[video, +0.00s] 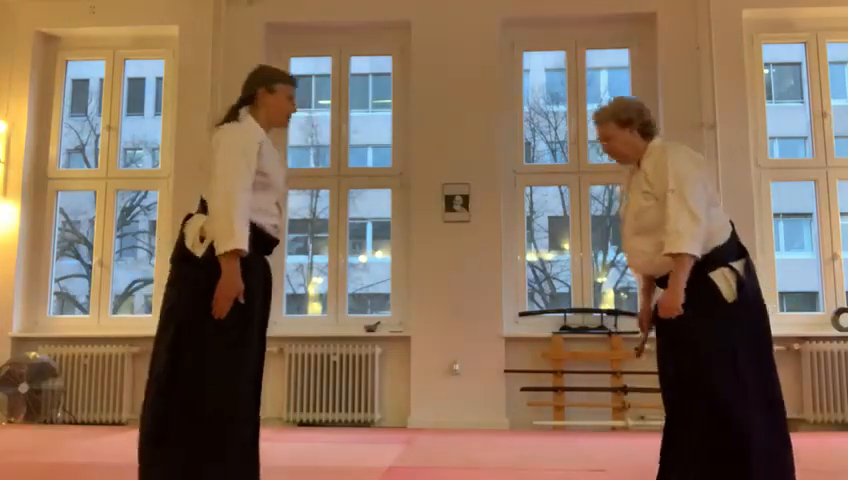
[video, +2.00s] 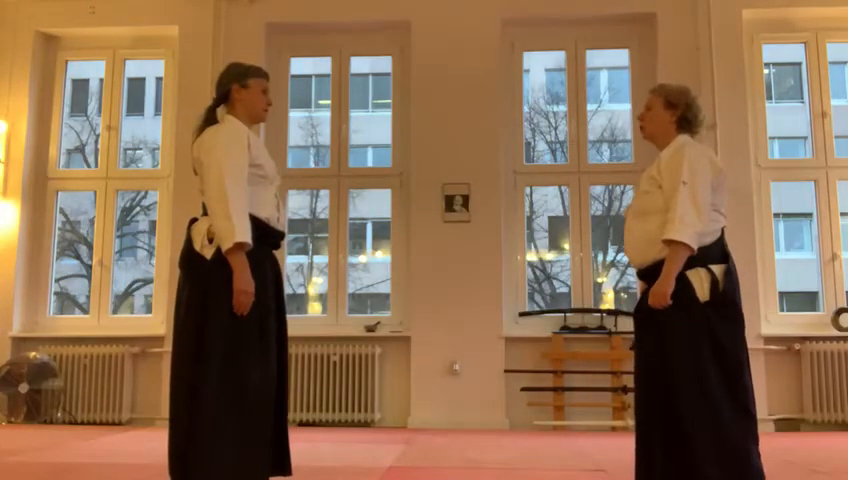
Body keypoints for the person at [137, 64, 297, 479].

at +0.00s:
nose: (293, 107)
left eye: (293, 100)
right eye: (288, 99)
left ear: (266, 98)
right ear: (263, 96)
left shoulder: (257, 139)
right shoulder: (239, 134)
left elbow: (243, 202)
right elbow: (228, 197)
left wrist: (247, 268)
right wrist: (230, 267)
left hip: (245, 263)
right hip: (227, 264)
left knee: (232, 381)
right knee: (218, 380)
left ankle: (224, 470)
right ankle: (210, 472)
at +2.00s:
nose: (269, 100)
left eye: (269, 93)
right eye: (263, 92)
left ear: (244, 96)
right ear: (236, 94)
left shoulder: (243, 136)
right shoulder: (225, 134)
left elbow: (241, 202)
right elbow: (222, 199)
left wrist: (262, 258)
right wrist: (239, 265)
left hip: (247, 257)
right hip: (229, 260)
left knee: (245, 367)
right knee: (231, 367)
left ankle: (241, 463)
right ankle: (227, 465)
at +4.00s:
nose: (279, 105)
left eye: (280, 97)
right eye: (273, 95)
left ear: (248, 93)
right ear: (247, 90)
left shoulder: (237, 133)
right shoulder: (237, 133)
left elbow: (261, 199)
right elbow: (258, 199)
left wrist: (317, 202)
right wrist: (319, 202)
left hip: (212, 252)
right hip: (223, 256)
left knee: (216, 363)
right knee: (231, 362)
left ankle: (212, 466)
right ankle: (230, 467)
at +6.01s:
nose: (126, 113)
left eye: (128, 107)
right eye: (119, 104)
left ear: (116, 112)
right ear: (91, 105)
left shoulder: (118, 165)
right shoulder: (63, 150)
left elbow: (121, 222)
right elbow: (63, 212)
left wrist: (131, 256)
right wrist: (104, 264)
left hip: (110, 273)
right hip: (62, 271)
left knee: (127, 376)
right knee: (58, 377)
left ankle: (117, 468)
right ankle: (55, 469)